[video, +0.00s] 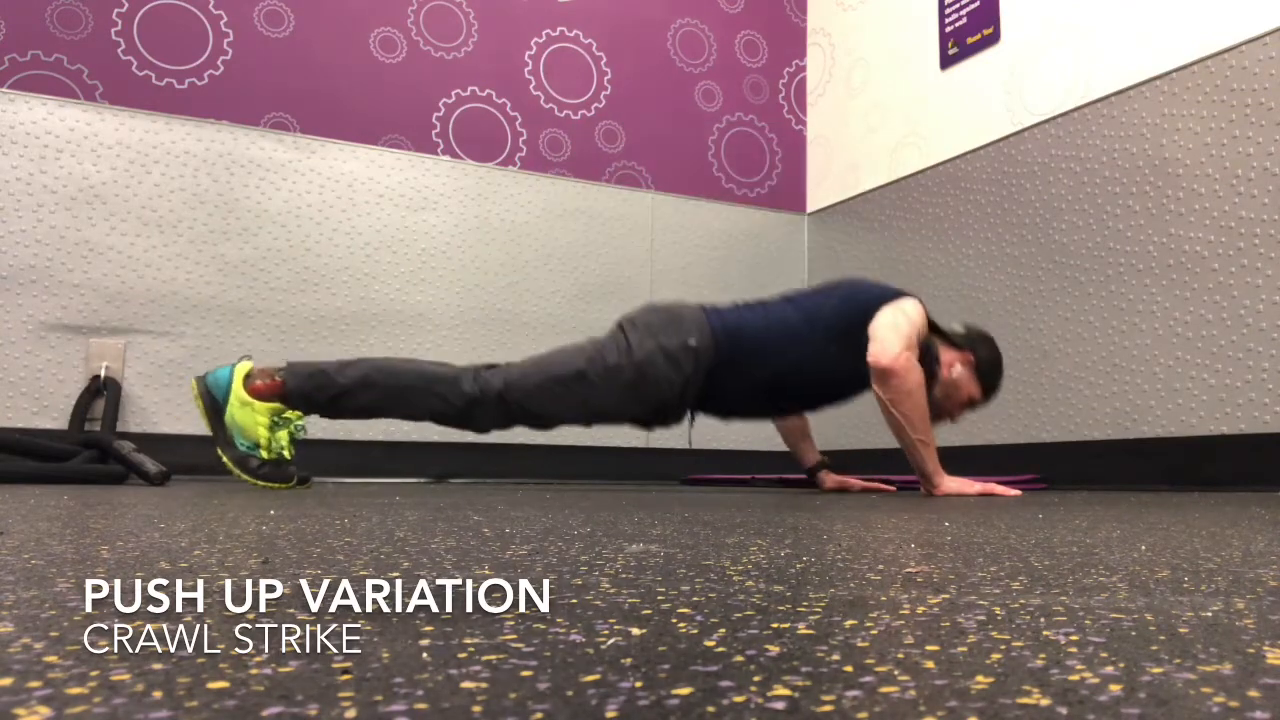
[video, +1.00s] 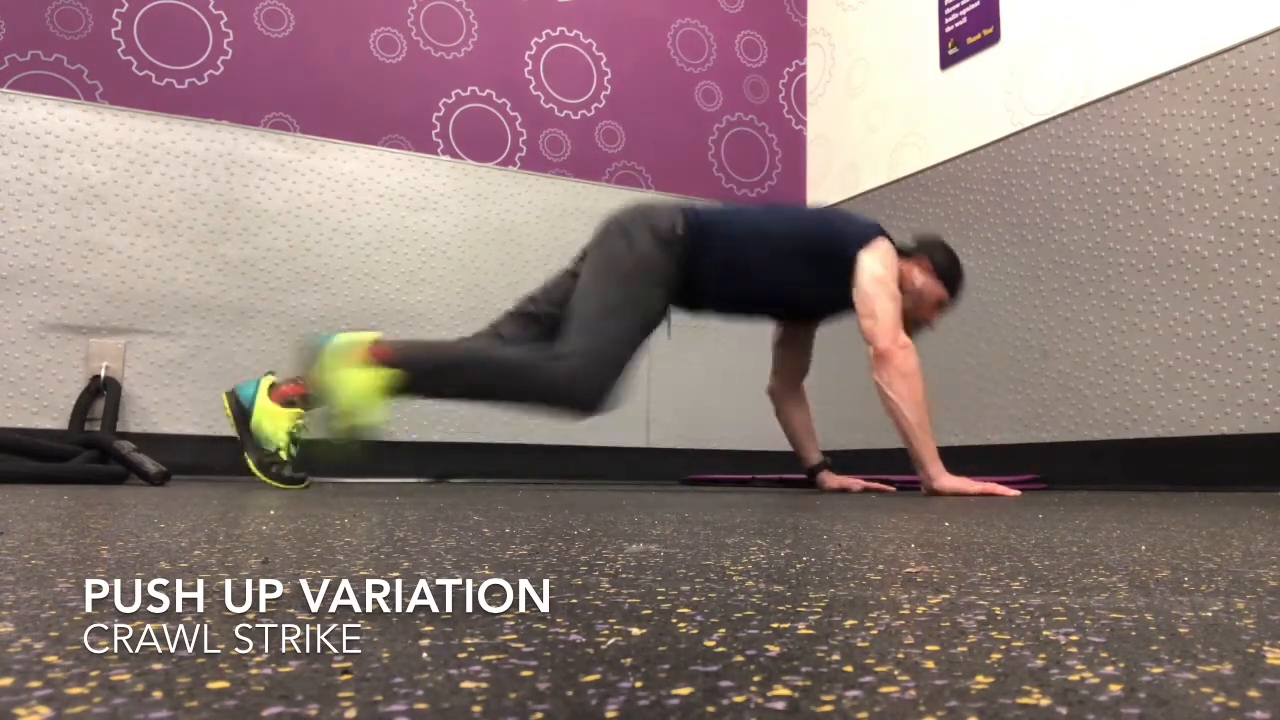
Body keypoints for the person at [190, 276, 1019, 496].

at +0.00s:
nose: (943, 406)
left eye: (955, 405)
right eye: (958, 396)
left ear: (945, 371)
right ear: (955, 356)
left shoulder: (855, 329)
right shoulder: (910, 317)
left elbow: (781, 385)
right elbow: (892, 367)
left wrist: (819, 471)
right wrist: (938, 475)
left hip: (678, 361)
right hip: (678, 353)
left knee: (486, 395)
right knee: (483, 396)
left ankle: (271, 391)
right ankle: (261, 384)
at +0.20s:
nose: (958, 437)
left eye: (970, 440)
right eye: (968, 424)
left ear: (954, 427)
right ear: (958, 389)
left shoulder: (872, 390)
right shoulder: (917, 350)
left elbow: (781, 449)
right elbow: (896, 366)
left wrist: (831, 476)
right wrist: (940, 477)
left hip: (689, 413)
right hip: (690, 385)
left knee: (492, 417)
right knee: (491, 412)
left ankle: (280, 399)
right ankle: (275, 386)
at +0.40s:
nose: (969, 455)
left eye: (978, 455)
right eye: (976, 443)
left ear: (963, 436)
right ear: (963, 413)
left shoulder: (881, 410)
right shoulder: (914, 378)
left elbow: (770, 459)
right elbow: (903, 369)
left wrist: (832, 479)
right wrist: (938, 476)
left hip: (692, 427)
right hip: (693, 406)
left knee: (491, 432)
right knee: (490, 426)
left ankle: (289, 407)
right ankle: (278, 385)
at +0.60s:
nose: (962, 448)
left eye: (972, 447)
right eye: (971, 436)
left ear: (961, 424)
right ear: (965, 403)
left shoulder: (877, 392)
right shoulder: (920, 363)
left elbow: (764, 454)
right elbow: (903, 366)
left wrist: (809, 471)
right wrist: (938, 477)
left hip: (690, 414)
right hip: (692, 391)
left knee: (491, 423)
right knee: (489, 420)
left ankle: (283, 401)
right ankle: (276, 387)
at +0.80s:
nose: (944, 384)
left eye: (955, 382)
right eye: (957, 372)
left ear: (944, 359)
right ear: (950, 334)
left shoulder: (856, 325)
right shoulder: (907, 302)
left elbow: (781, 386)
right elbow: (891, 363)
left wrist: (818, 470)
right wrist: (935, 474)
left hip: (682, 355)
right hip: (680, 337)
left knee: (490, 395)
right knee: (487, 395)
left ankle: (282, 389)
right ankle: (275, 384)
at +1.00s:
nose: (907, 326)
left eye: (920, 316)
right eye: (919, 309)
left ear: (896, 276)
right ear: (914, 269)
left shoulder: (824, 278)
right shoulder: (873, 247)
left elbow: (788, 384)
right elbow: (894, 355)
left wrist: (819, 469)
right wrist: (935, 473)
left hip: (640, 255)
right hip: (653, 238)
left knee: (501, 353)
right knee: (578, 381)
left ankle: (291, 401)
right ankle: (374, 360)